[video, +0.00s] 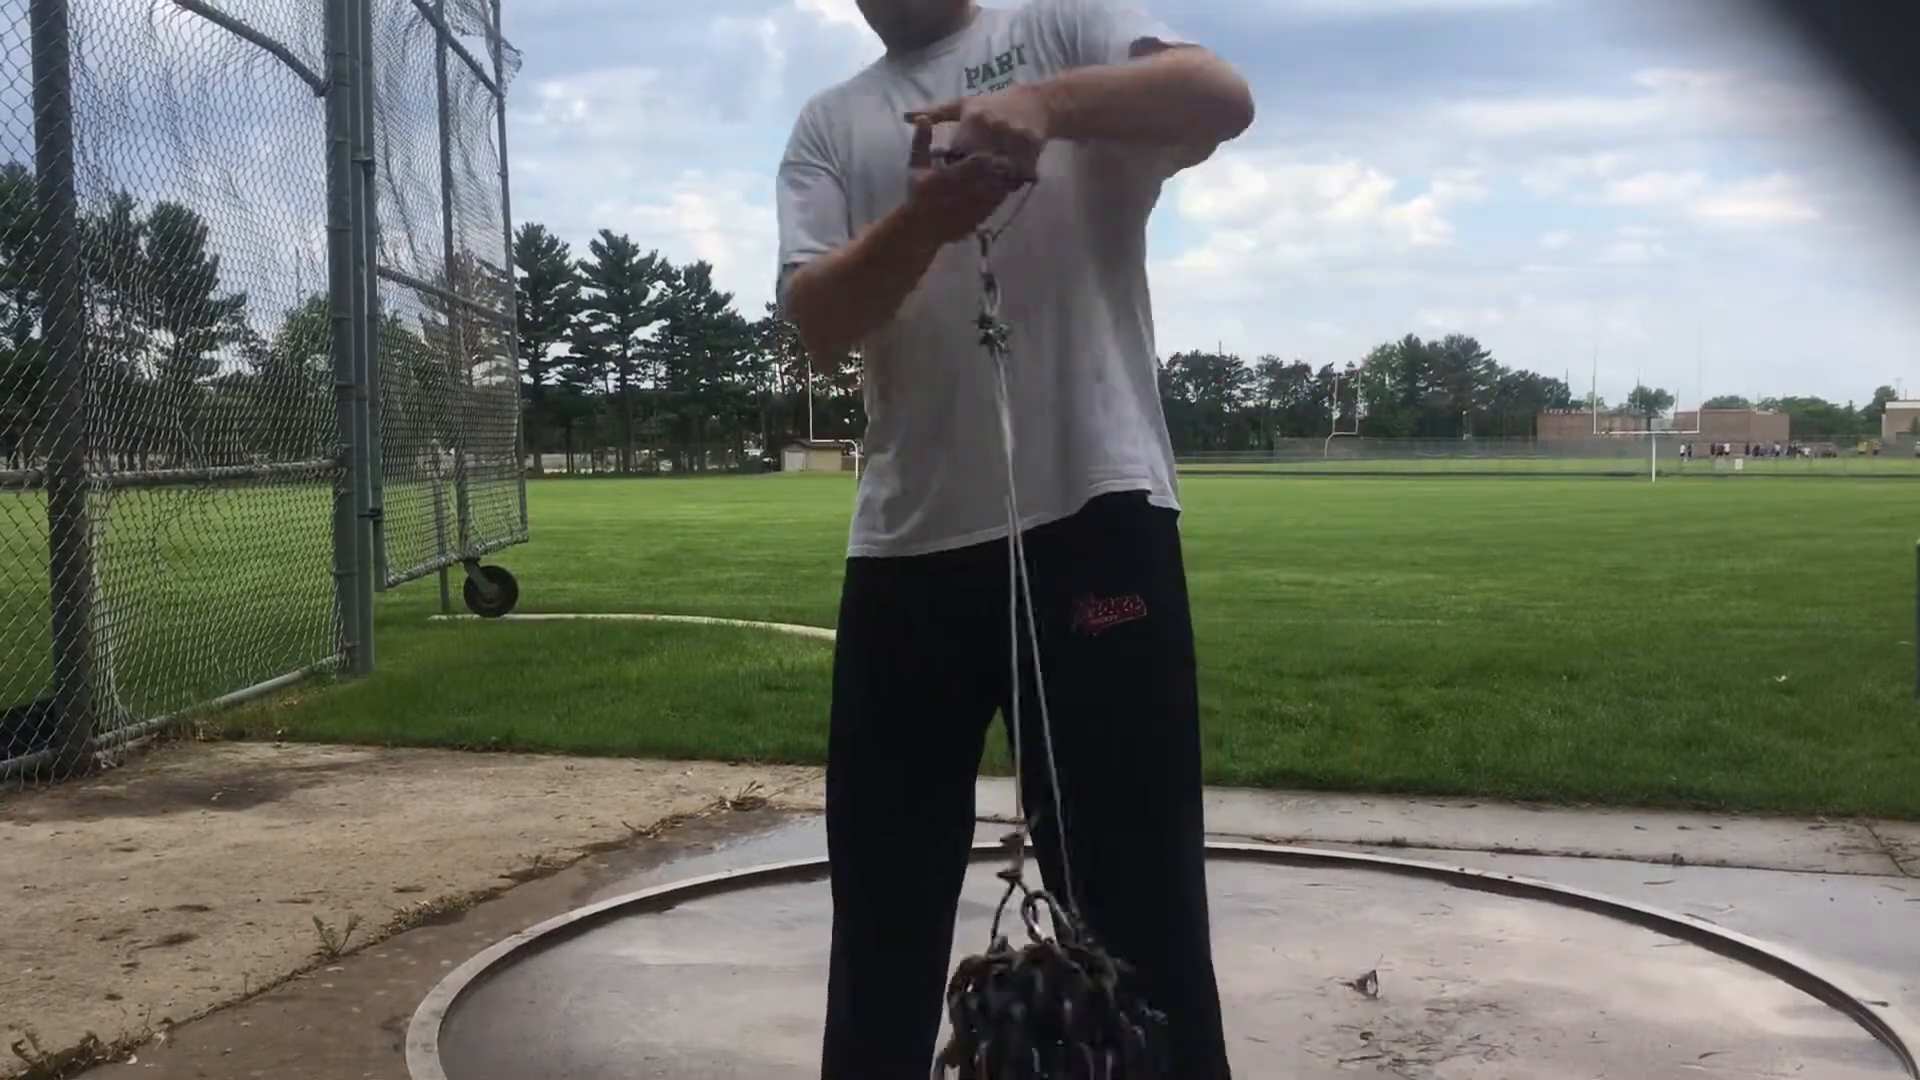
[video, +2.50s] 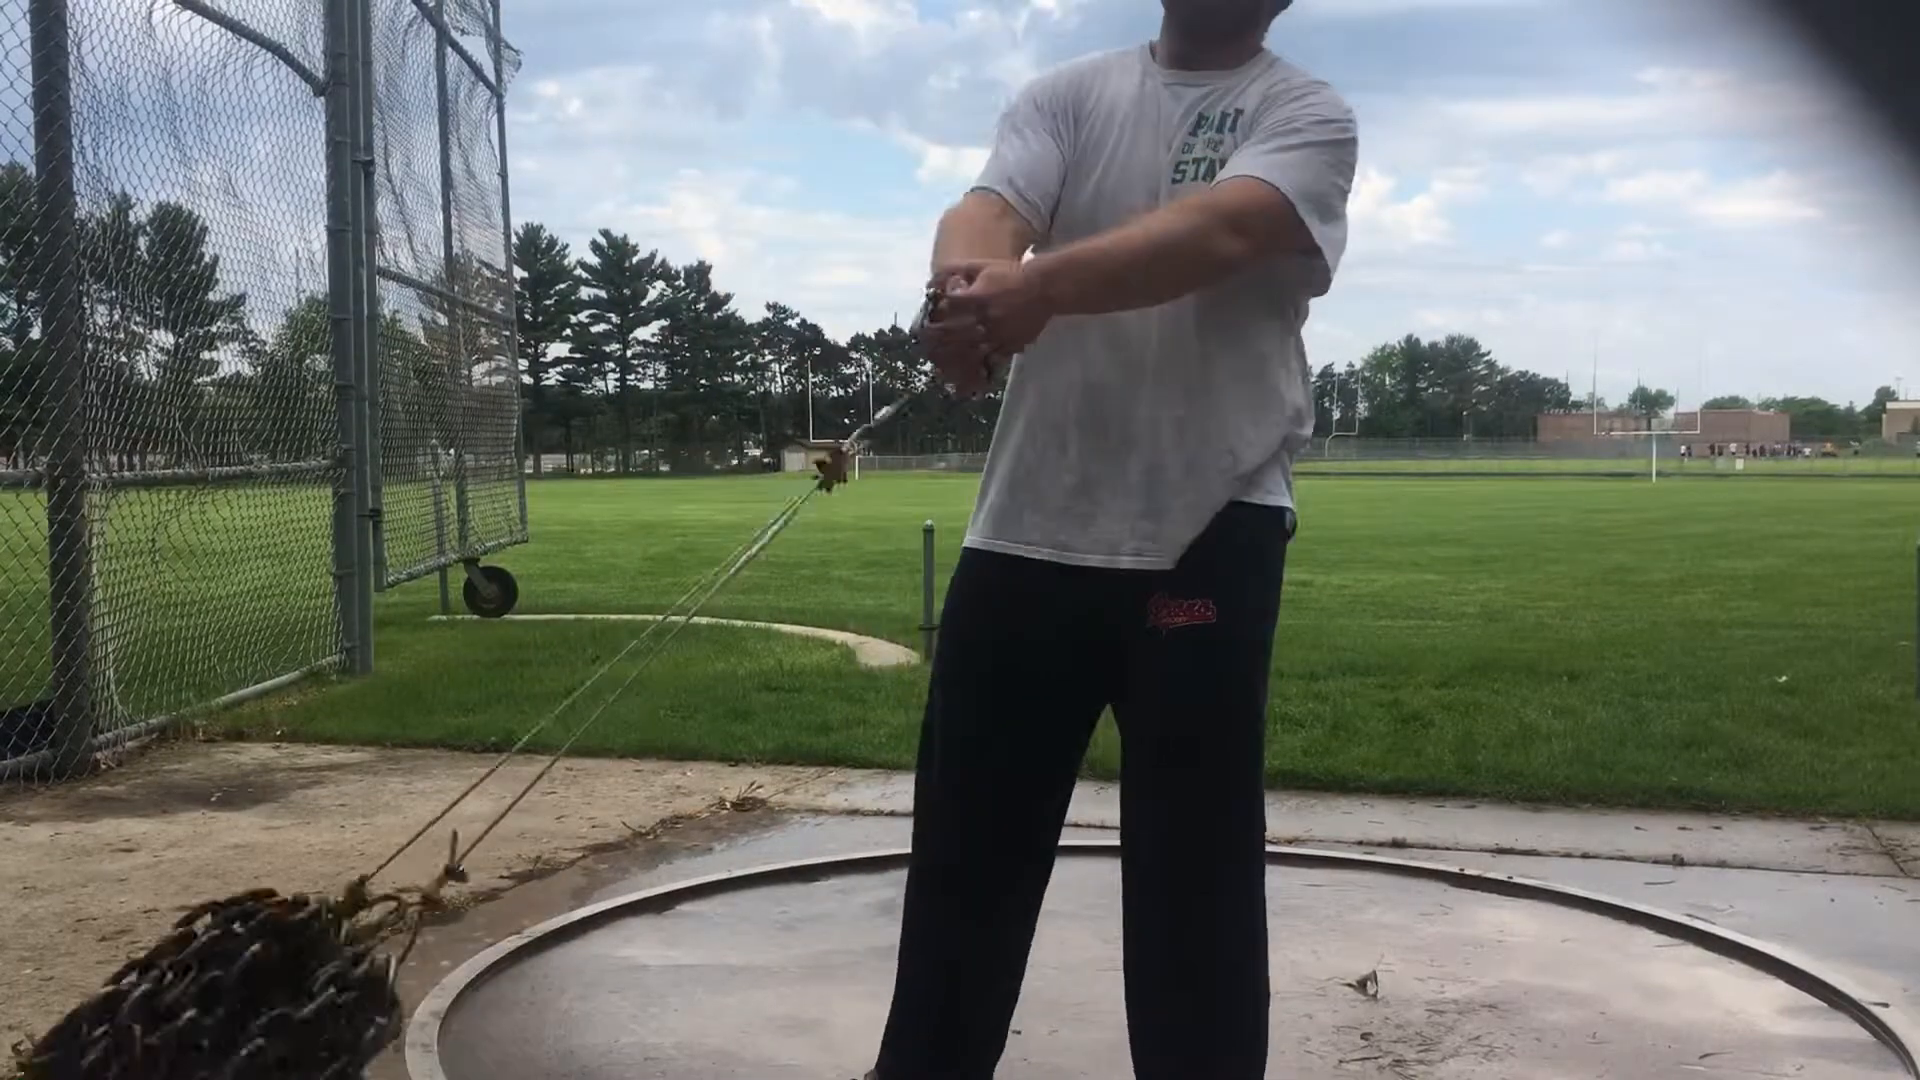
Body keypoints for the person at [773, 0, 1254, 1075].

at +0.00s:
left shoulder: (1071, 34)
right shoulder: (829, 123)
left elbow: (1222, 98)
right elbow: (816, 329)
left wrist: (1045, 103)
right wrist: (923, 218)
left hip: (1098, 511)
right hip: (911, 540)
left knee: (1140, 894)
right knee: (884, 911)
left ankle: (1172, 1069)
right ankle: (871, 1078)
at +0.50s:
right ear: (977, 4)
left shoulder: (1148, 56)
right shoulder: (928, 133)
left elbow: (1090, 99)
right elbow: (855, 265)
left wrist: (861, 127)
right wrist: (797, 221)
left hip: (1114, 528)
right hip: (938, 544)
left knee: (1162, 918)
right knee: (890, 910)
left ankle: (1189, 1067)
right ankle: (864, 1070)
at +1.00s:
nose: (1028, 3)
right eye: (1032, 6)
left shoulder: (1151, 60)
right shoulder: (1023, 146)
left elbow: (912, 115)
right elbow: (974, 337)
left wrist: (784, 232)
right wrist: (845, 275)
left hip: (1109, 519)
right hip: (976, 537)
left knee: (1129, 867)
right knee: (966, 858)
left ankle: (1169, 1067)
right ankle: (952, 1060)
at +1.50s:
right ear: (1041, 5)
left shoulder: (917, 28)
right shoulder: (1059, 114)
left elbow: (721, 151)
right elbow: (937, 298)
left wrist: (724, 231)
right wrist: (773, 237)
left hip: (943, 483)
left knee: (1018, 822)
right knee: (906, 830)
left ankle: (1176, 1066)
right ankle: (923, 1062)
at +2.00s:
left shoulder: (1047, 58)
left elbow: (800, 166)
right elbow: (885, 295)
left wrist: (661, 230)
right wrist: (714, 260)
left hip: (1050, 515)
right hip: (928, 537)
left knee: (1094, 860)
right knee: (914, 868)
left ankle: (1161, 1061)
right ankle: (921, 1062)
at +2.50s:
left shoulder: (1309, 112)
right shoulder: (1061, 95)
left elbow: (1230, 234)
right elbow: (992, 211)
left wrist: (1038, 291)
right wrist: (967, 305)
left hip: (1210, 532)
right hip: (1032, 524)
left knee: (1194, 880)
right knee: (964, 866)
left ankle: (1200, 1076)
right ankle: (924, 1071)